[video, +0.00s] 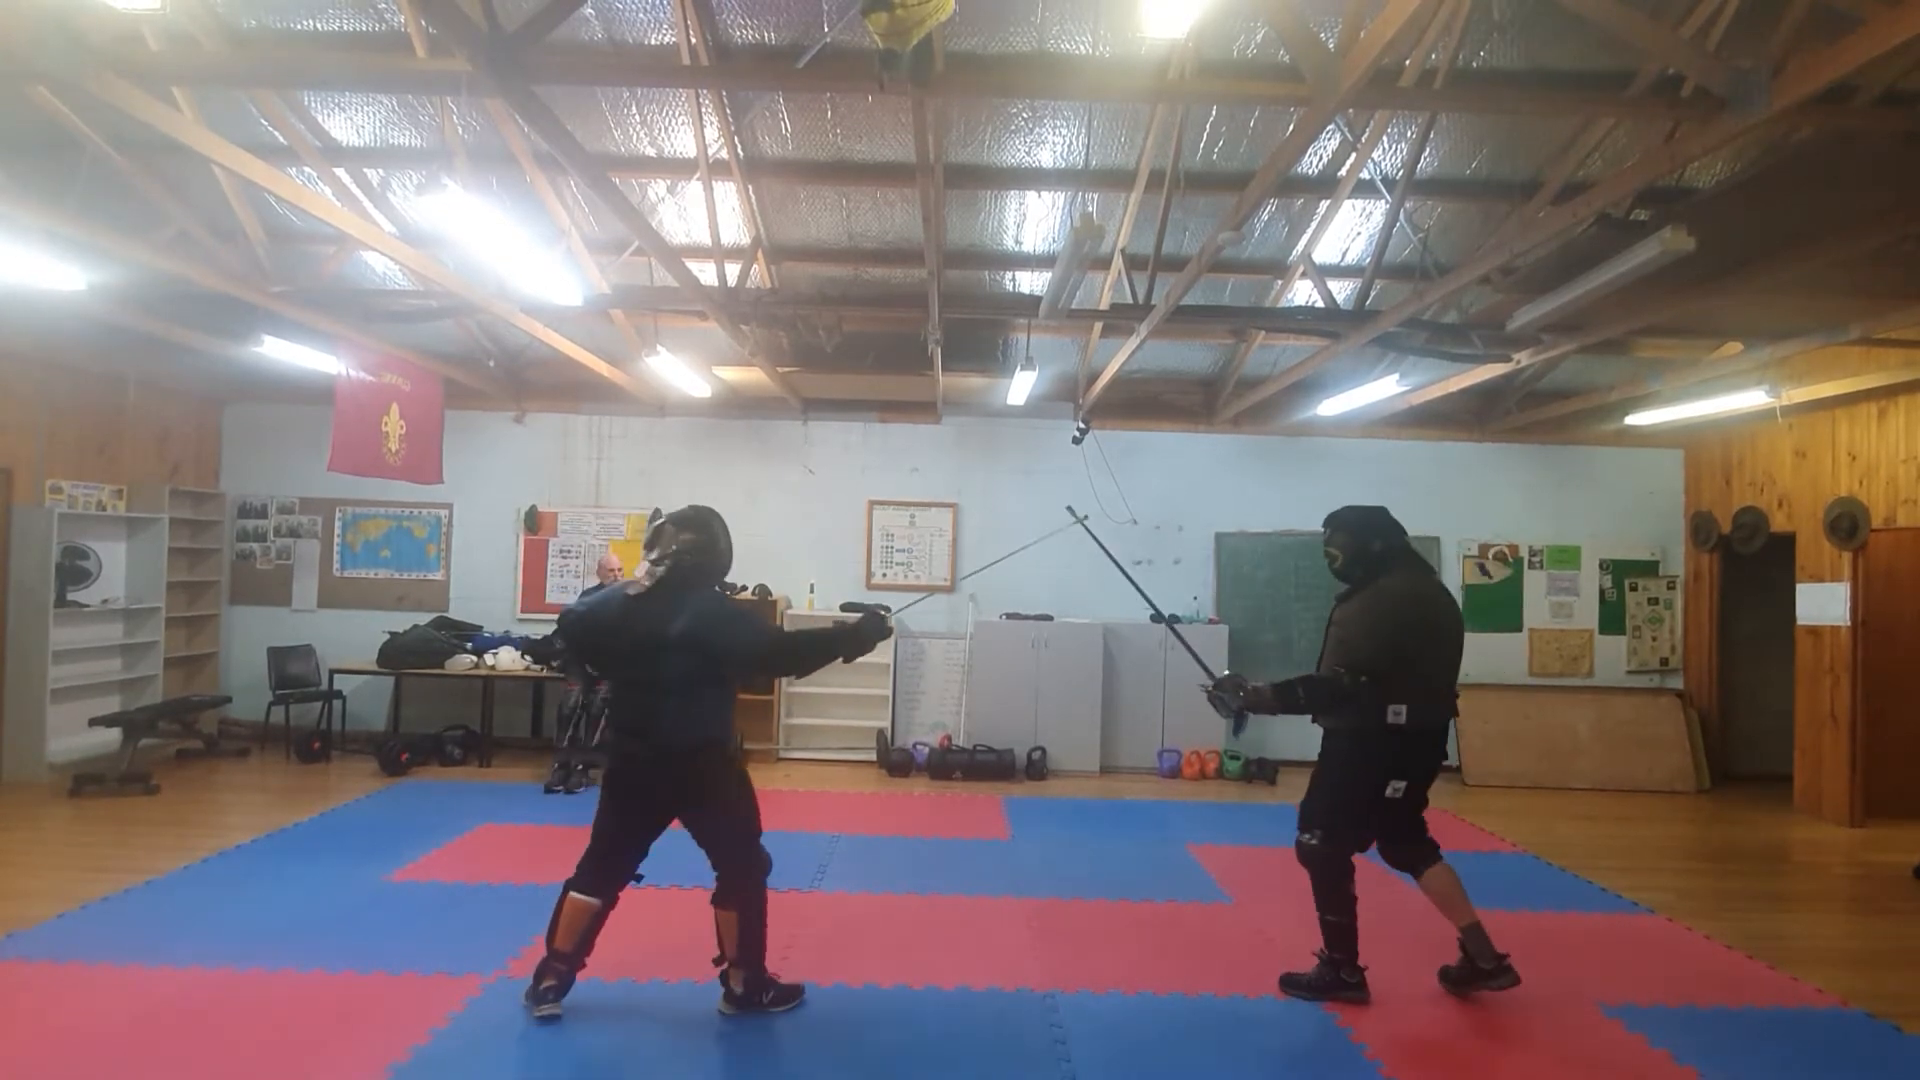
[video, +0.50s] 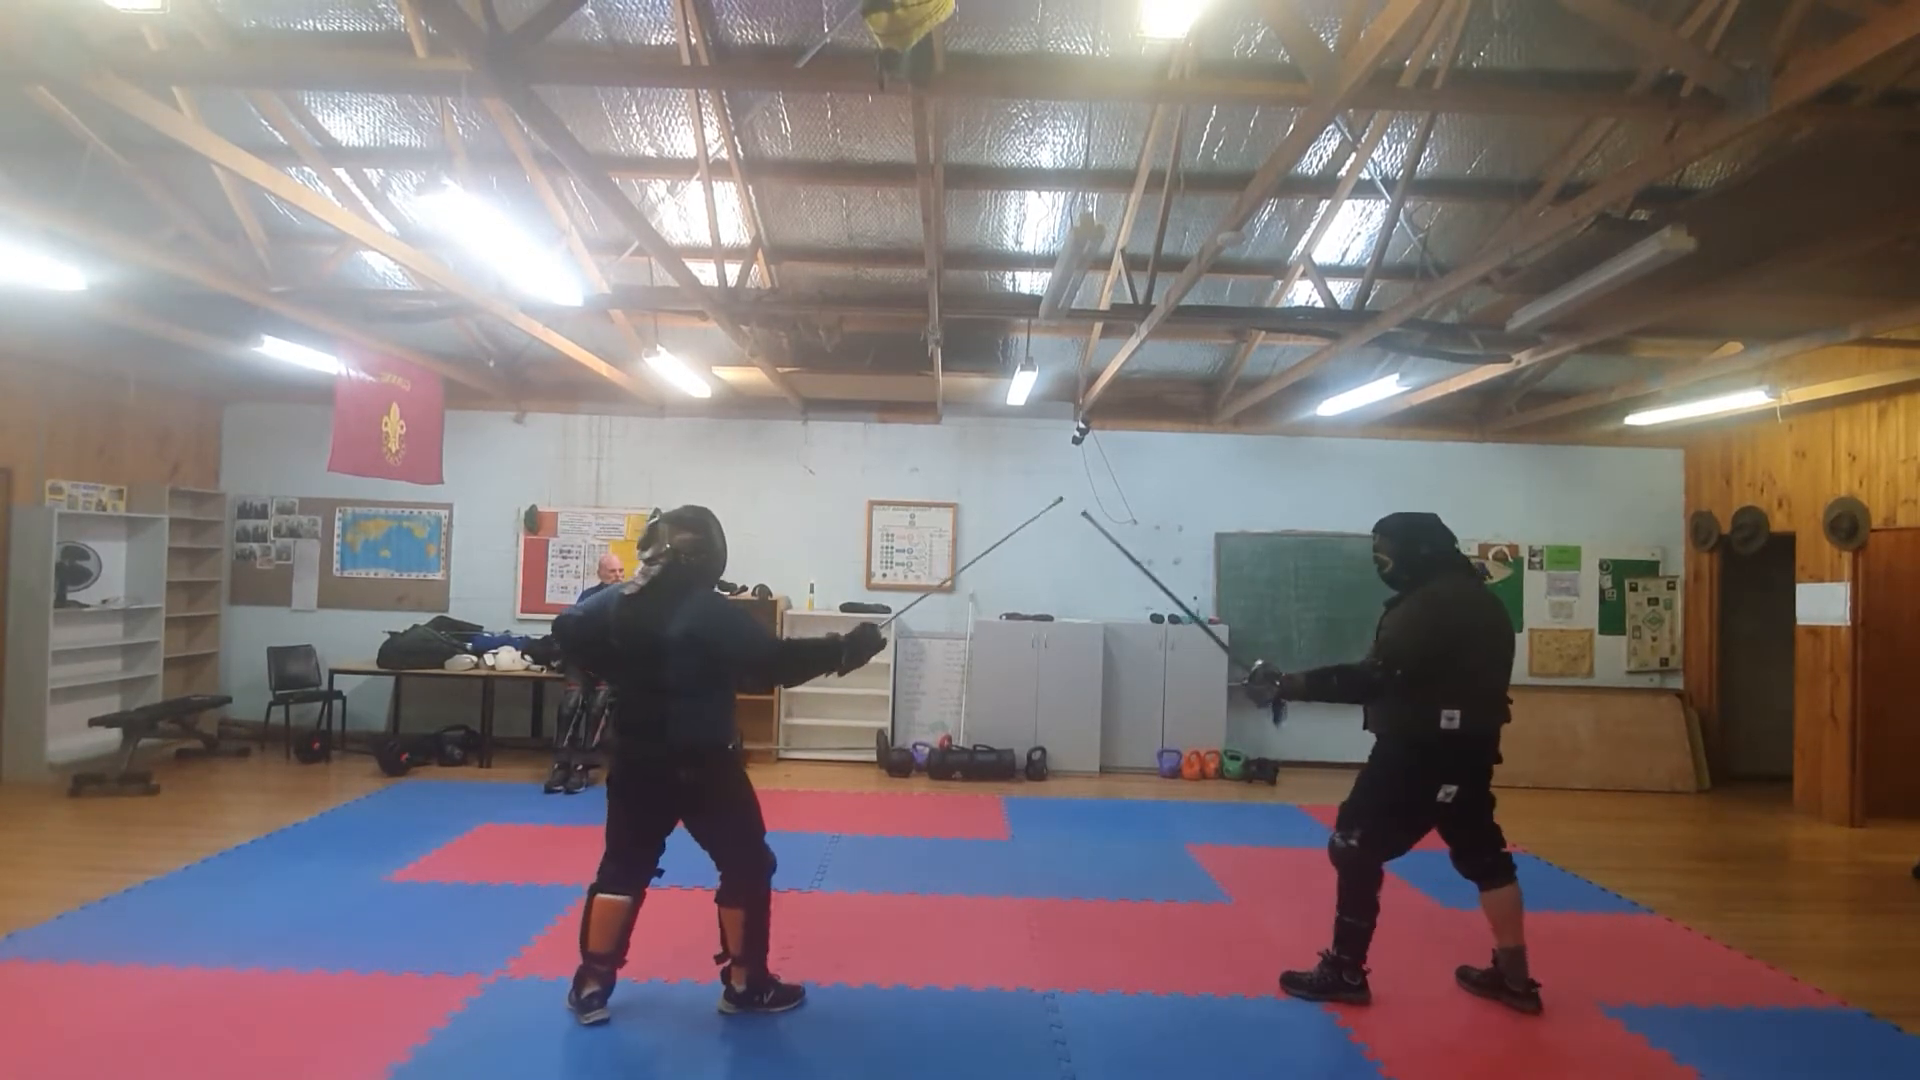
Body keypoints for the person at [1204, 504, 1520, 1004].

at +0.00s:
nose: (1329, 559)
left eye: (1336, 548)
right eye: (1327, 549)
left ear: (1368, 545)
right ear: (1385, 543)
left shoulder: (1367, 603)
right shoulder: (1430, 592)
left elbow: (1339, 688)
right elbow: (1428, 683)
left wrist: (1258, 697)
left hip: (1364, 743)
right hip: (1421, 741)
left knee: (1321, 843)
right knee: (1404, 839)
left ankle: (1341, 967)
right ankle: (1483, 955)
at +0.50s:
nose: (1380, 567)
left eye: (1385, 556)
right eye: (1377, 557)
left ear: (1413, 553)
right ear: (1434, 550)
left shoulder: (1416, 607)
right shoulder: (1487, 602)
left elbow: (1378, 679)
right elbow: (1488, 689)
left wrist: (1290, 685)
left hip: (1410, 756)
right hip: (1470, 755)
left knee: (1356, 845)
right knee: (1485, 855)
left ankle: (1345, 969)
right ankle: (1513, 973)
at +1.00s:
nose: (1392, 568)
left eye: (1396, 556)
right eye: (1389, 558)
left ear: (1426, 552)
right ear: (1448, 549)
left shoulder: (1423, 610)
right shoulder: (1496, 606)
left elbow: (1386, 682)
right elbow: (1490, 694)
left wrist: (1292, 681)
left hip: (1409, 757)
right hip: (1469, 757)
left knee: (1355, 846)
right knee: (1485, 858)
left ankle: (1346, 968)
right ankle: (1514, 974)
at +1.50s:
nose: (1362, 570)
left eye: (1367, 558)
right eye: (1360, 560)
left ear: (1399, 553)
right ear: (1418, 550)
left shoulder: (1402, 602)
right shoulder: (1470, 598)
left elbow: (1330, 653)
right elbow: (1478, 685)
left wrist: (1242, 636)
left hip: (1401, 750)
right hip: (1462, 749)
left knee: (1347, 845)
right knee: (1464, 847)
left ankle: (1344, 968)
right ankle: (1544, 957)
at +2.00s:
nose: (1450, 577)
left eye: (1455, 565)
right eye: (1447, 566)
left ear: (1485, 559)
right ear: (1512, 555)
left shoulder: (1486, 613)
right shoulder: (1562, 610)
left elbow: (1417, 666)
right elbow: (1563, 698)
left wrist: (1328, 649)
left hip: (1478, 763)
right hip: (1541, 763)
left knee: (1409, 849)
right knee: (1552, 869)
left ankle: (1396, 978)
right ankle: (1600, 993)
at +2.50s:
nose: (1435, 573)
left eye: (1442, 562)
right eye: (1433, 562)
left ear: (1476, 558)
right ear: (1498, 557)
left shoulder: (1480, 610)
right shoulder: (1548, 609)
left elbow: (1404, 655)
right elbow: (1553, 702)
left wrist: (1315, 634)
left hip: (1475, 763)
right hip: (1531, 765)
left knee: (1405, 851)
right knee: (1548, 874)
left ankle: (1429, 988)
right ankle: (1599, 993)